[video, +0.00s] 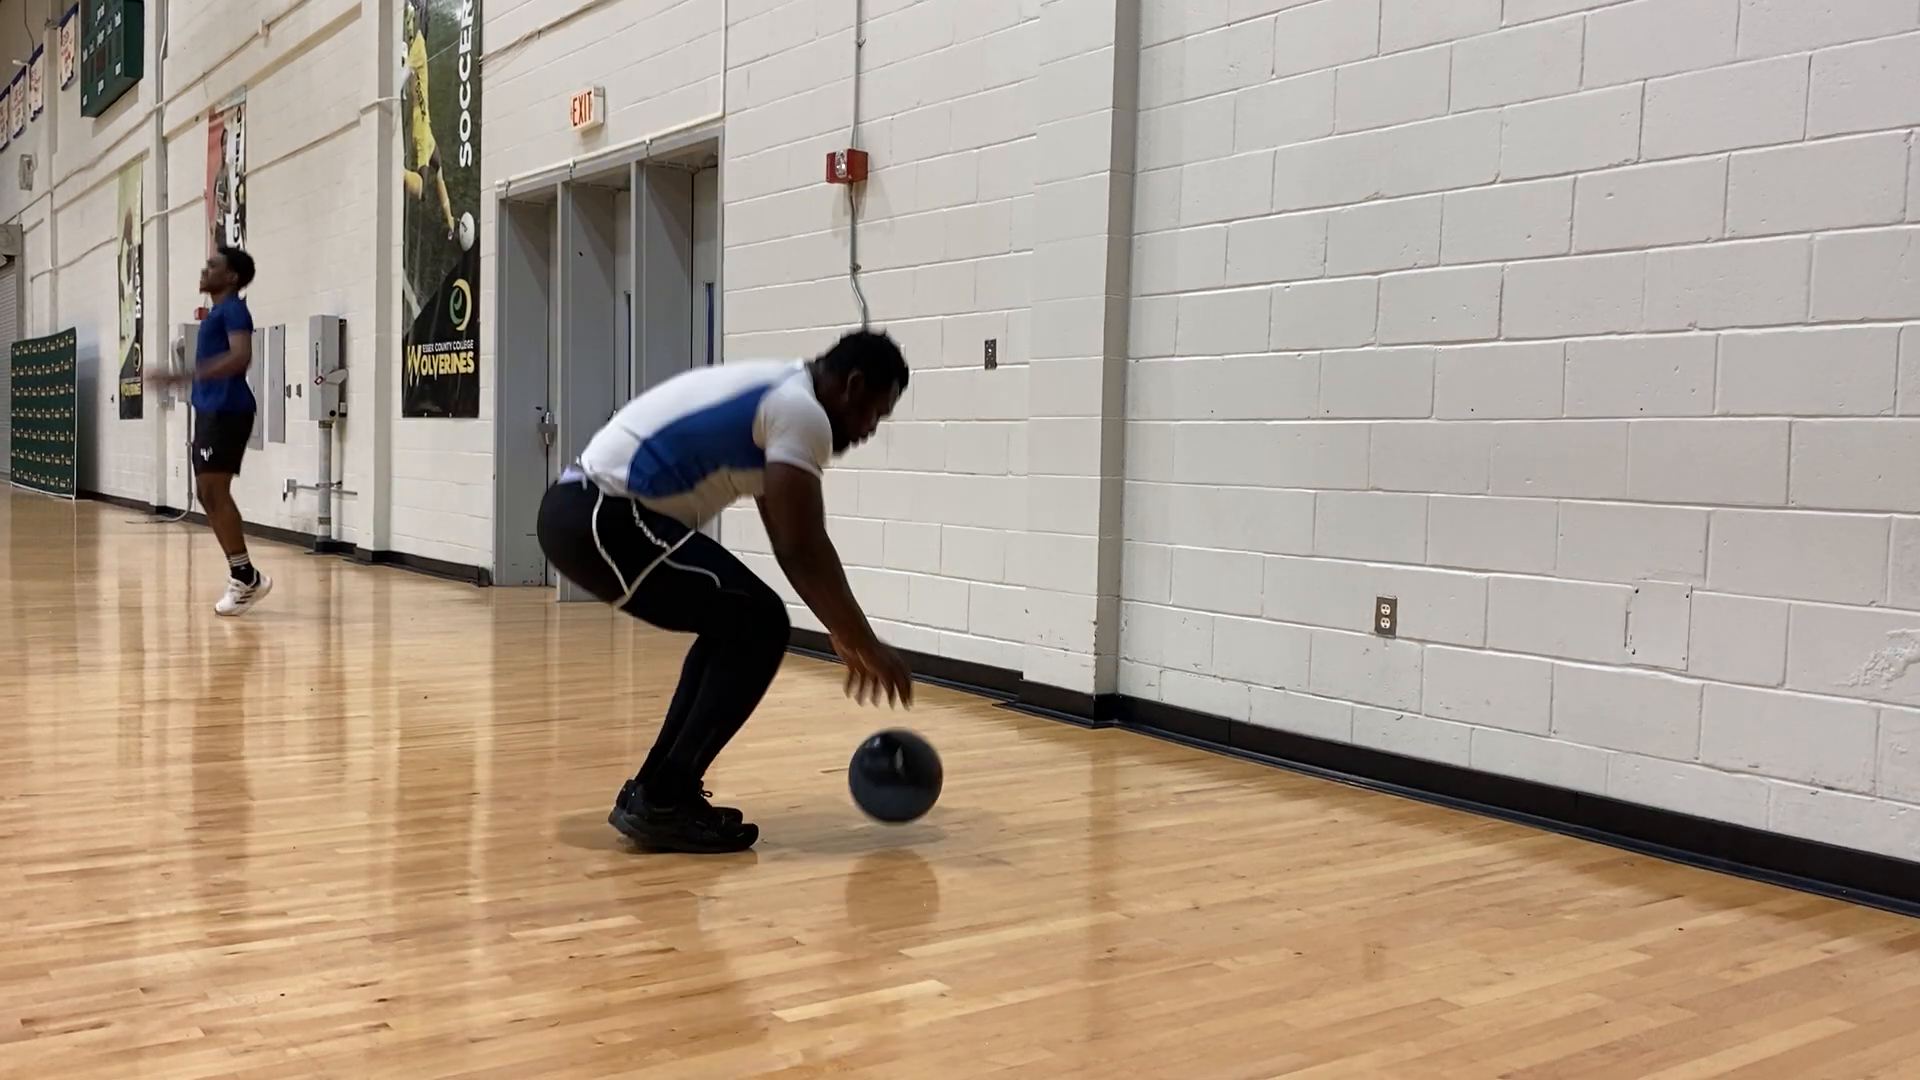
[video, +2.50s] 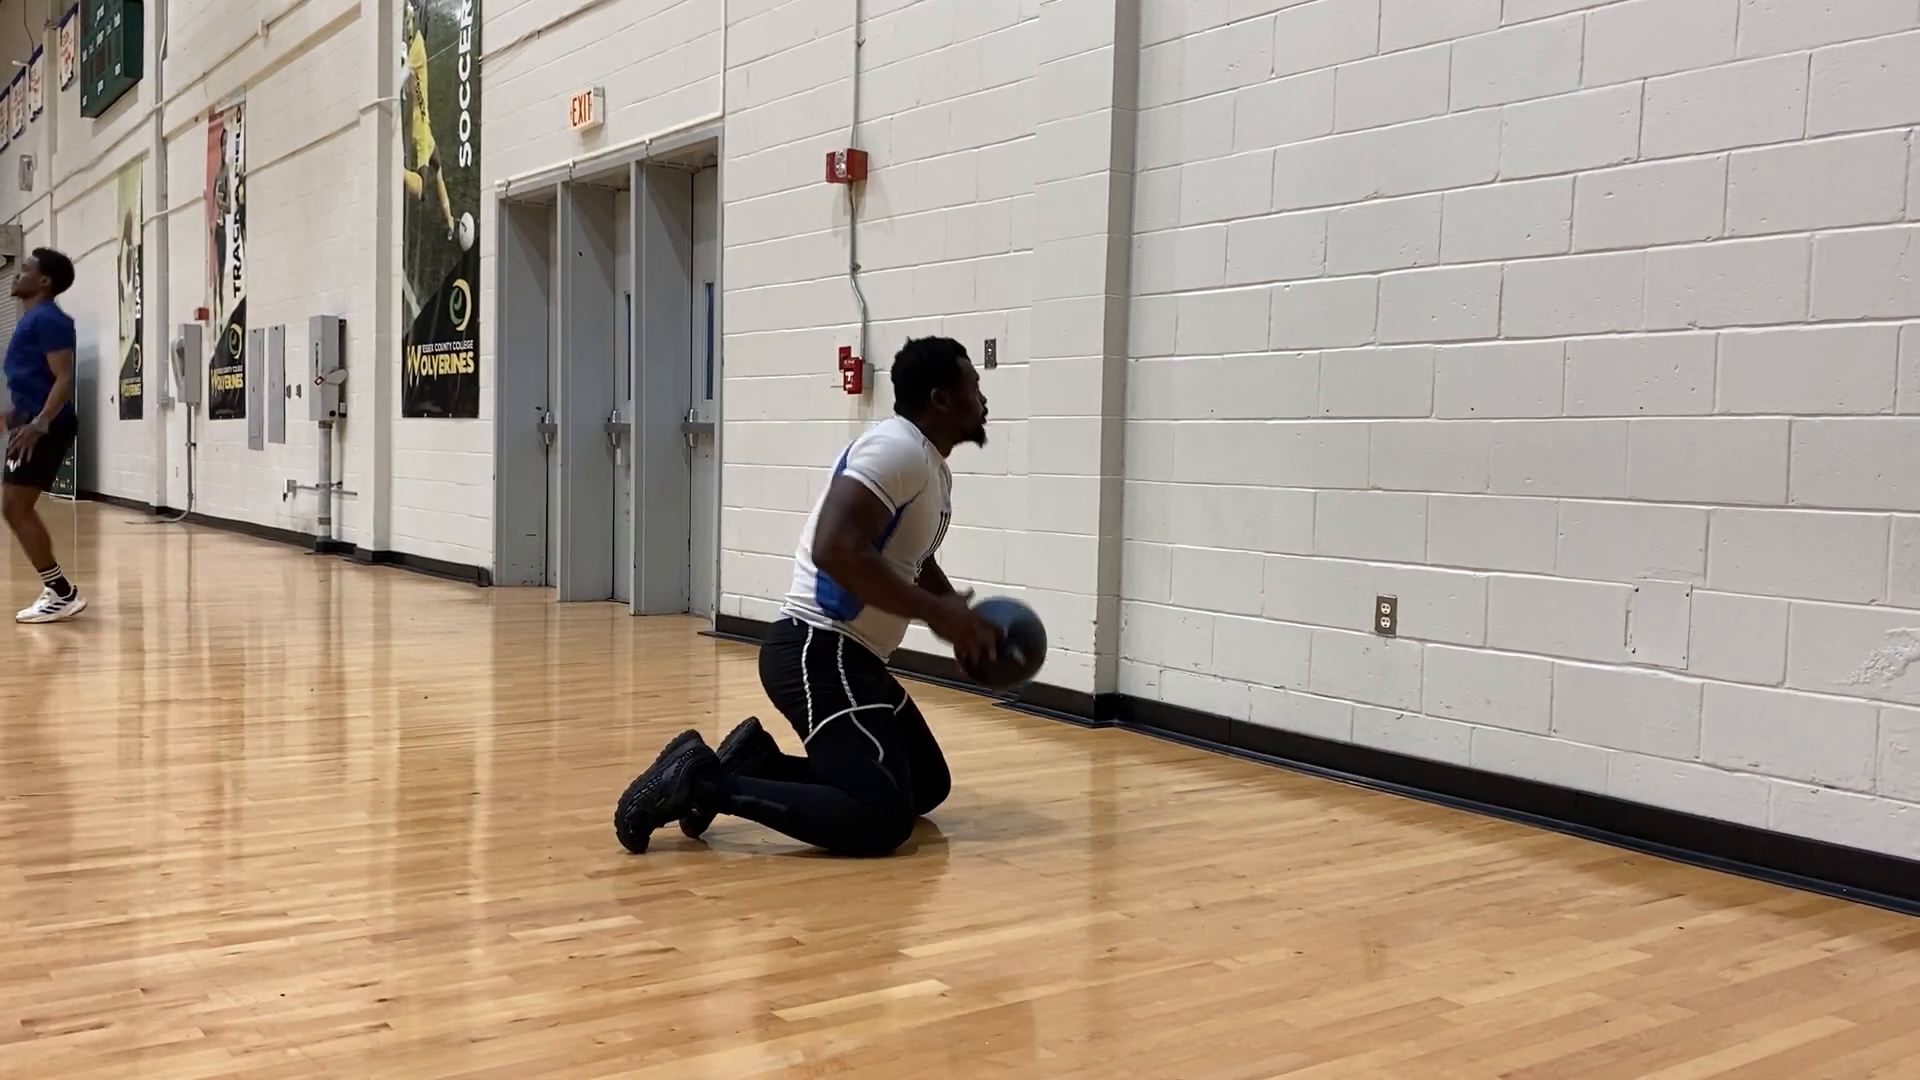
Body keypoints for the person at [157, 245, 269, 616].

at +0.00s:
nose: (205, 268)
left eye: (213, 265)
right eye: (208, 263)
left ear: (231, 277)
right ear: (222, 275)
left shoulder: (233, 309)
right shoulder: (216, 312)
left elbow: (240, 356)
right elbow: (213, 365)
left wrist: (191, 375)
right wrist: (173, 379)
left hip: (227, 410)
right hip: (211, 410)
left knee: (214, 491)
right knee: (205, 492)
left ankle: (244, 579)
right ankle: (244, 576)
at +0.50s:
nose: (173, 265)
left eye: (181, 261)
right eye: (177, 260)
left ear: (198, 271)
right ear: (186, 270)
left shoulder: (206, 301)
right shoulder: (183, 306)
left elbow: (207, 294)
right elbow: (167, 314)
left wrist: (196, 269)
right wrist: (142, 296)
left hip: (193, 403)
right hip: (179, 403)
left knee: (183, 488)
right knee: (177, 489)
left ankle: (219, 572)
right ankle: (206, 571)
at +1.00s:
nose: (142, 257)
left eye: (149, 254)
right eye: (146, 252)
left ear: (164, 264)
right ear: (163, 265)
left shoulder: (168, 292)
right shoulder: (151, 300)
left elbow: (165, 306)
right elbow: (129, 318)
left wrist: (112, 291)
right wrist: (107, 295)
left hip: (155, 399)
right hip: (143, 399)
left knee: (147, 487)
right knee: (146, 487)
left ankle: (176, 573)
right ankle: (177, 570)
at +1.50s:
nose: (98, 254)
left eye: (106, 250)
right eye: (102, 249)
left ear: (121, 262)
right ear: (117, 262)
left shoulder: (124, 291)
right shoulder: (109, 296)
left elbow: (135, 322)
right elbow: (101, 336)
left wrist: (102, 320)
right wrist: (65, 328)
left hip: (116, 397)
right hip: (103, 397)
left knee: (101, 486)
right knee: (96, 488)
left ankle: (126, 577)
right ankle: (128, 572)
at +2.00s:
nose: (57, 262)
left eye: (66, 258)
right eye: (60, 257)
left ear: (81, 266)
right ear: (66, 269)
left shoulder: (88, 296)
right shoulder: (68, 298)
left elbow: (103, 271)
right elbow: (53, 271)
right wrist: (45, 228)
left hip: (82, 405)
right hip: (67, 405)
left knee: (67, 494)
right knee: (65, 494)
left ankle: (95, 583)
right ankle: (94, 581)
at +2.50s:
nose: (17, 274)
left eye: (26, 269)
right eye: (21, 268)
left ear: (44, 281)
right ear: (41, 282)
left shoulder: (49, 319)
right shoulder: (32, 319)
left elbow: (65, 380)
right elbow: (37, 378)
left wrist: (39, 423)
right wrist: (15, 410)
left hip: (50, 424)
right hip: (35, 422)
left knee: (16, 505)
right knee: (15, 505)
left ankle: (60, 591)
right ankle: (58, 589)